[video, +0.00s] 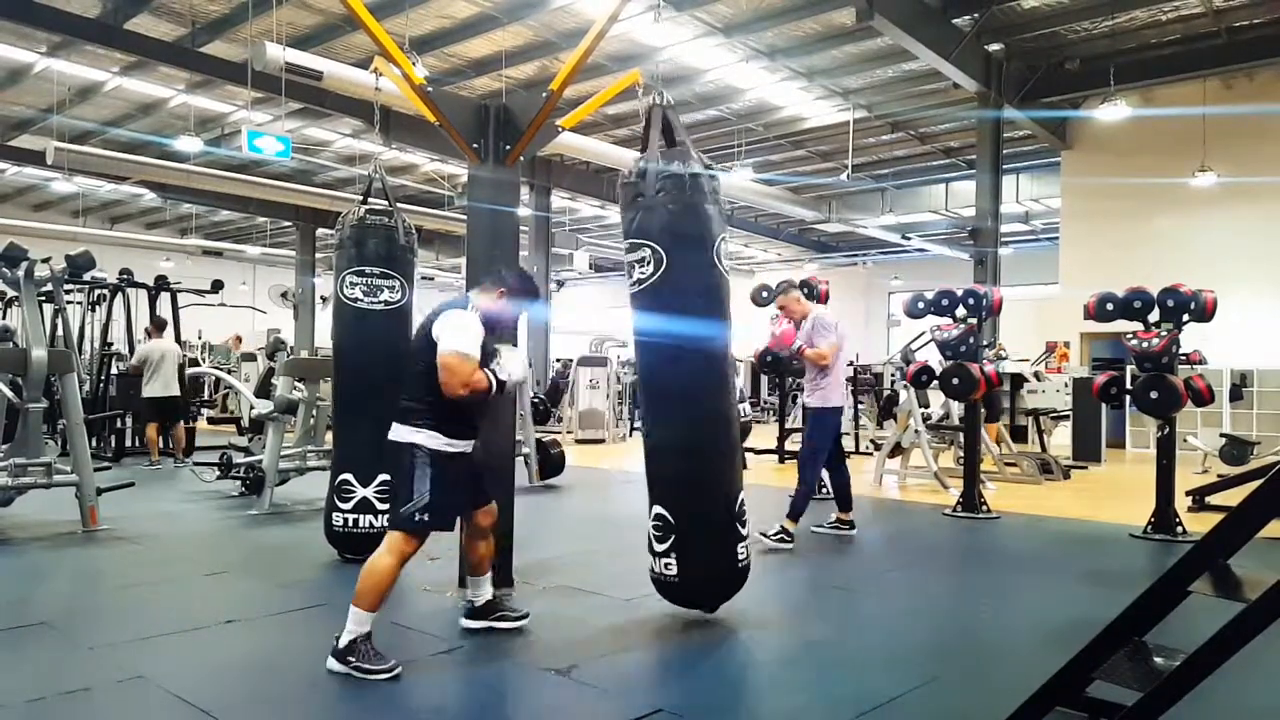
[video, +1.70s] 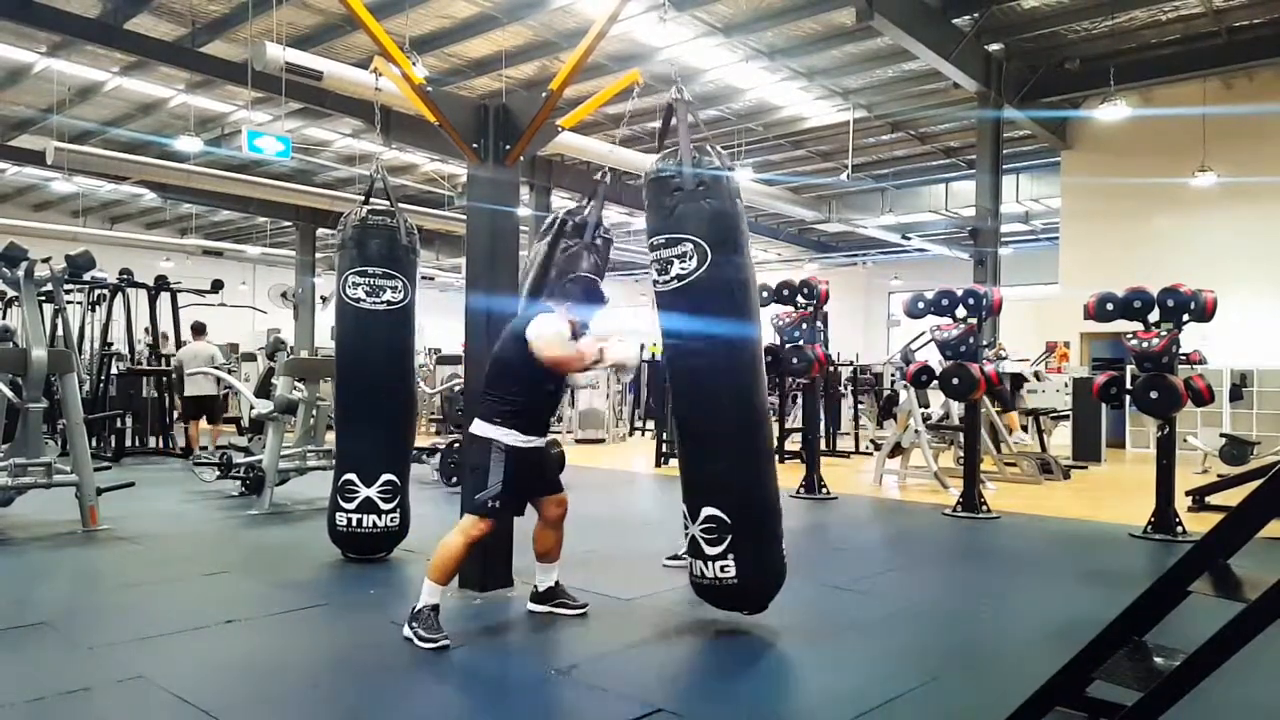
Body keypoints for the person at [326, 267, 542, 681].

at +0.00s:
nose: (509, 323)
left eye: (514, 317)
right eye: (512, 313)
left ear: (496, 293)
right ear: (499, 295)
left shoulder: (469, 319)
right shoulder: (460, 317)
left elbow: (463, 377)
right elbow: (456, 383)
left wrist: (497, 372)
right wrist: (497, 374)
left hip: (454, 445)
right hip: (421, 443)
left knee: (483, 516)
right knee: (403, 540)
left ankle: (480, 605)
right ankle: (351, 642)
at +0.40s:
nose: (522, 322)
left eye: (524, 316)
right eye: (523, 313)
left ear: (498, 295)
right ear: (510, 300)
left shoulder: (457, 315)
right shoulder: (487, 316)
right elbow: (497, 358)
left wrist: (520, 367)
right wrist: (538, 364)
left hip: (450, 442)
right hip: (431, 440)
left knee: (473, 511)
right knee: (416, 537)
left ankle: (463, 603)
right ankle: (354, 639)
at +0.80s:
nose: (534, 333)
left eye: (538, 327)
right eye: (534, 324)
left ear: (518, 309)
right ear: (515, 306)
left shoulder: (504, 341)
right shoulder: (465, 327)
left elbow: (495, 393)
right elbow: (454, 388)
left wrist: (523, 397)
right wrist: (503, 378)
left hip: (472, 449)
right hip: (430, 446)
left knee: (510, 513)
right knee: (413, 538)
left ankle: (479, 589)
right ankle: (362, 630)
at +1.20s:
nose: (561, 338)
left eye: (565, 332)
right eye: (562, 330)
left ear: (545, 314)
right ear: (548, 315)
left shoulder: (519, 330)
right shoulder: (518, 330)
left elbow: (503, 387)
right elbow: (513, 383)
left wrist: (541, 398)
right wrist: (556, 391)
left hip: (496, 444)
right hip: (466, 439)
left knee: (521, 512)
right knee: (448, 529)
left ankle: (502, 598)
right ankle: (375, 617)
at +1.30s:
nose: (564, 331)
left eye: (568, 325)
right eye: (564, 322)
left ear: (548, 310)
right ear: (546, 307)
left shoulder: (539, 338)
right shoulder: (499, 324)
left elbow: (552, 388)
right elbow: (490, 381)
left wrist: (603, 372)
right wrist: (539, 365)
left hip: (505, 437)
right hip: (467, 432)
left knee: (526, 512)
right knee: (464, 519)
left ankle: (504, 595)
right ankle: (407, 612)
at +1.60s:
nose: (575, 324)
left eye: (579, 318)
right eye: (572, 315)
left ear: (575, 313)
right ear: (552, 304)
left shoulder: (566, 340)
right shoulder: (506, 334)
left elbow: (587, 373)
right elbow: (467, 375)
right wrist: (508, 406)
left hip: (533, 448)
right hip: (488, 446)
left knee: (557, 513)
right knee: (474, 525)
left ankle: (546, 590)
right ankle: (426, 613)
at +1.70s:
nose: (587, 324)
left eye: (590, 319)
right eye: (585, 317)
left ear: (582, 312)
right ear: (568, 305)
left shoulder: (565, 330)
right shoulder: (544, 321)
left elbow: (578, 359)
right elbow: (554, 358)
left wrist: (603, 355)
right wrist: (594, 352)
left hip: (531, 441)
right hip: (494, 438)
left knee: (554, 508)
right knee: (476, 525)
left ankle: (545, 589)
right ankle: (424, 611)